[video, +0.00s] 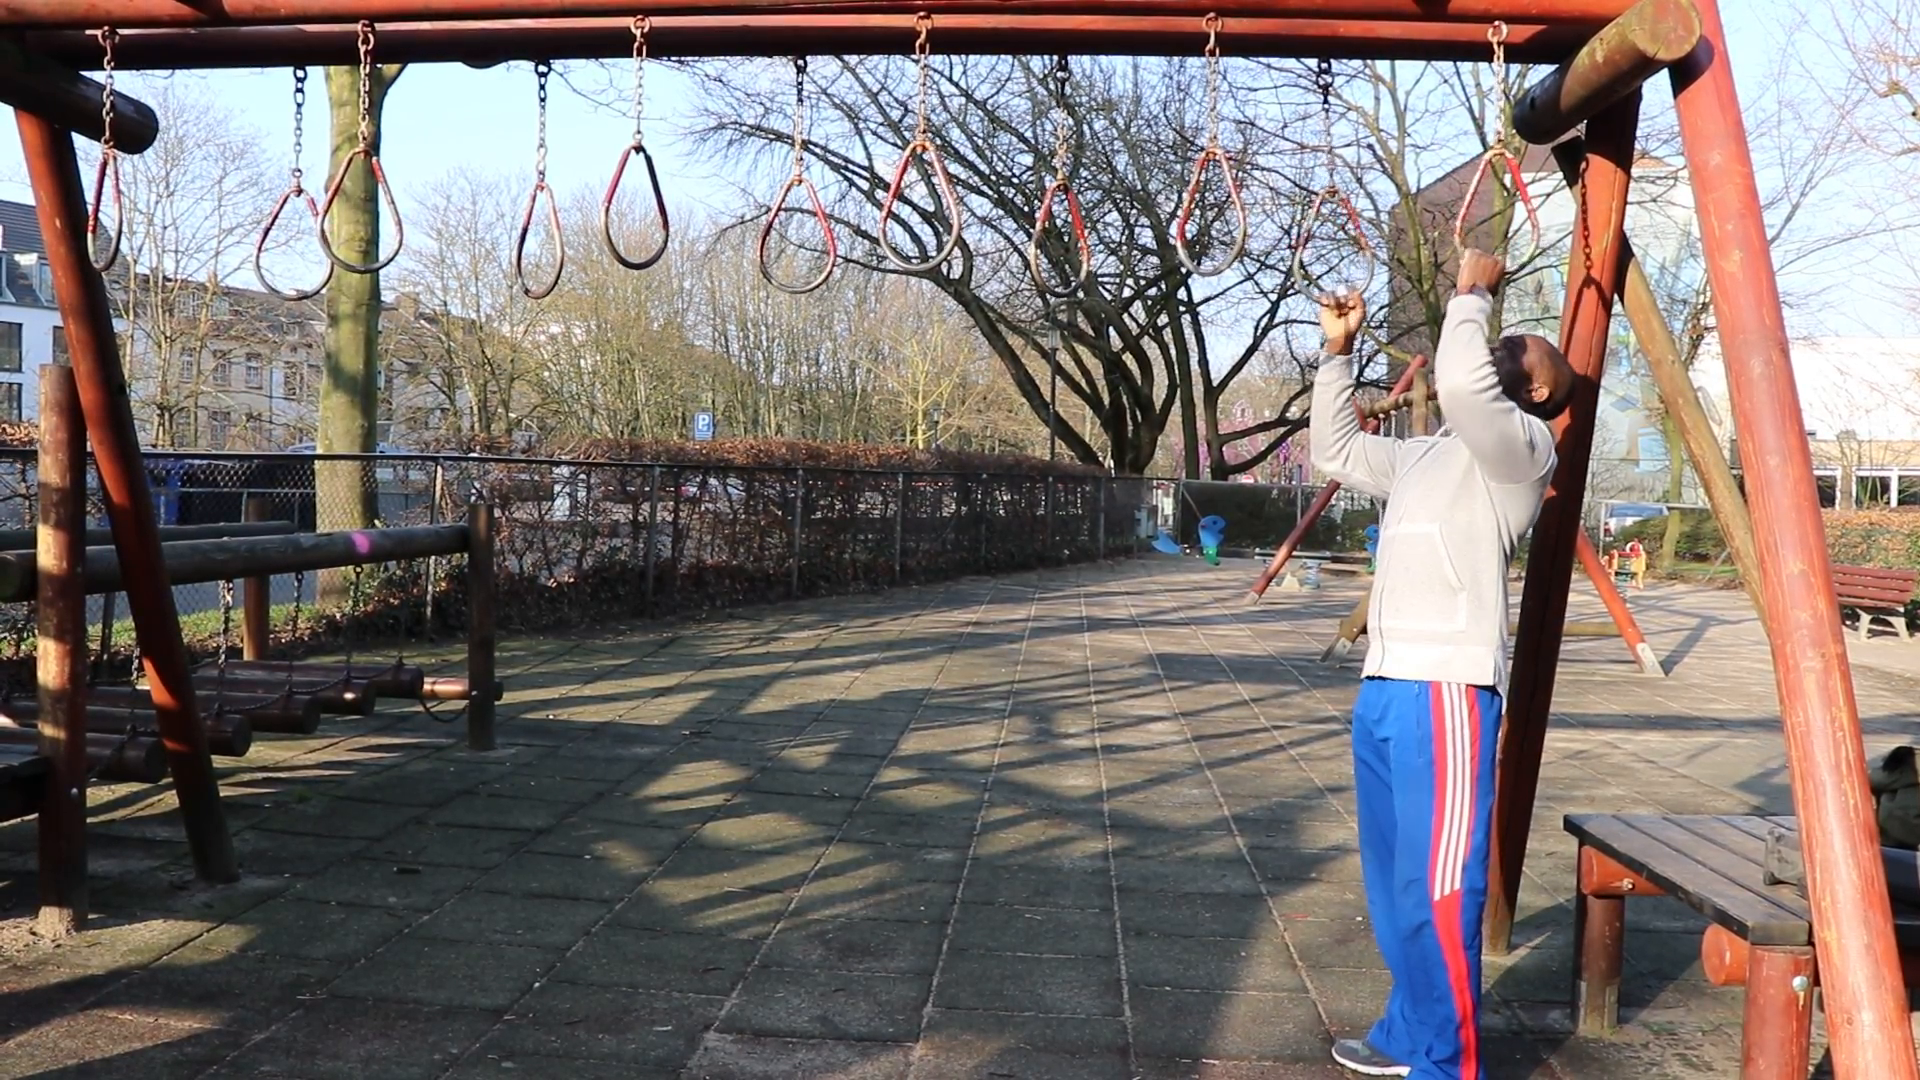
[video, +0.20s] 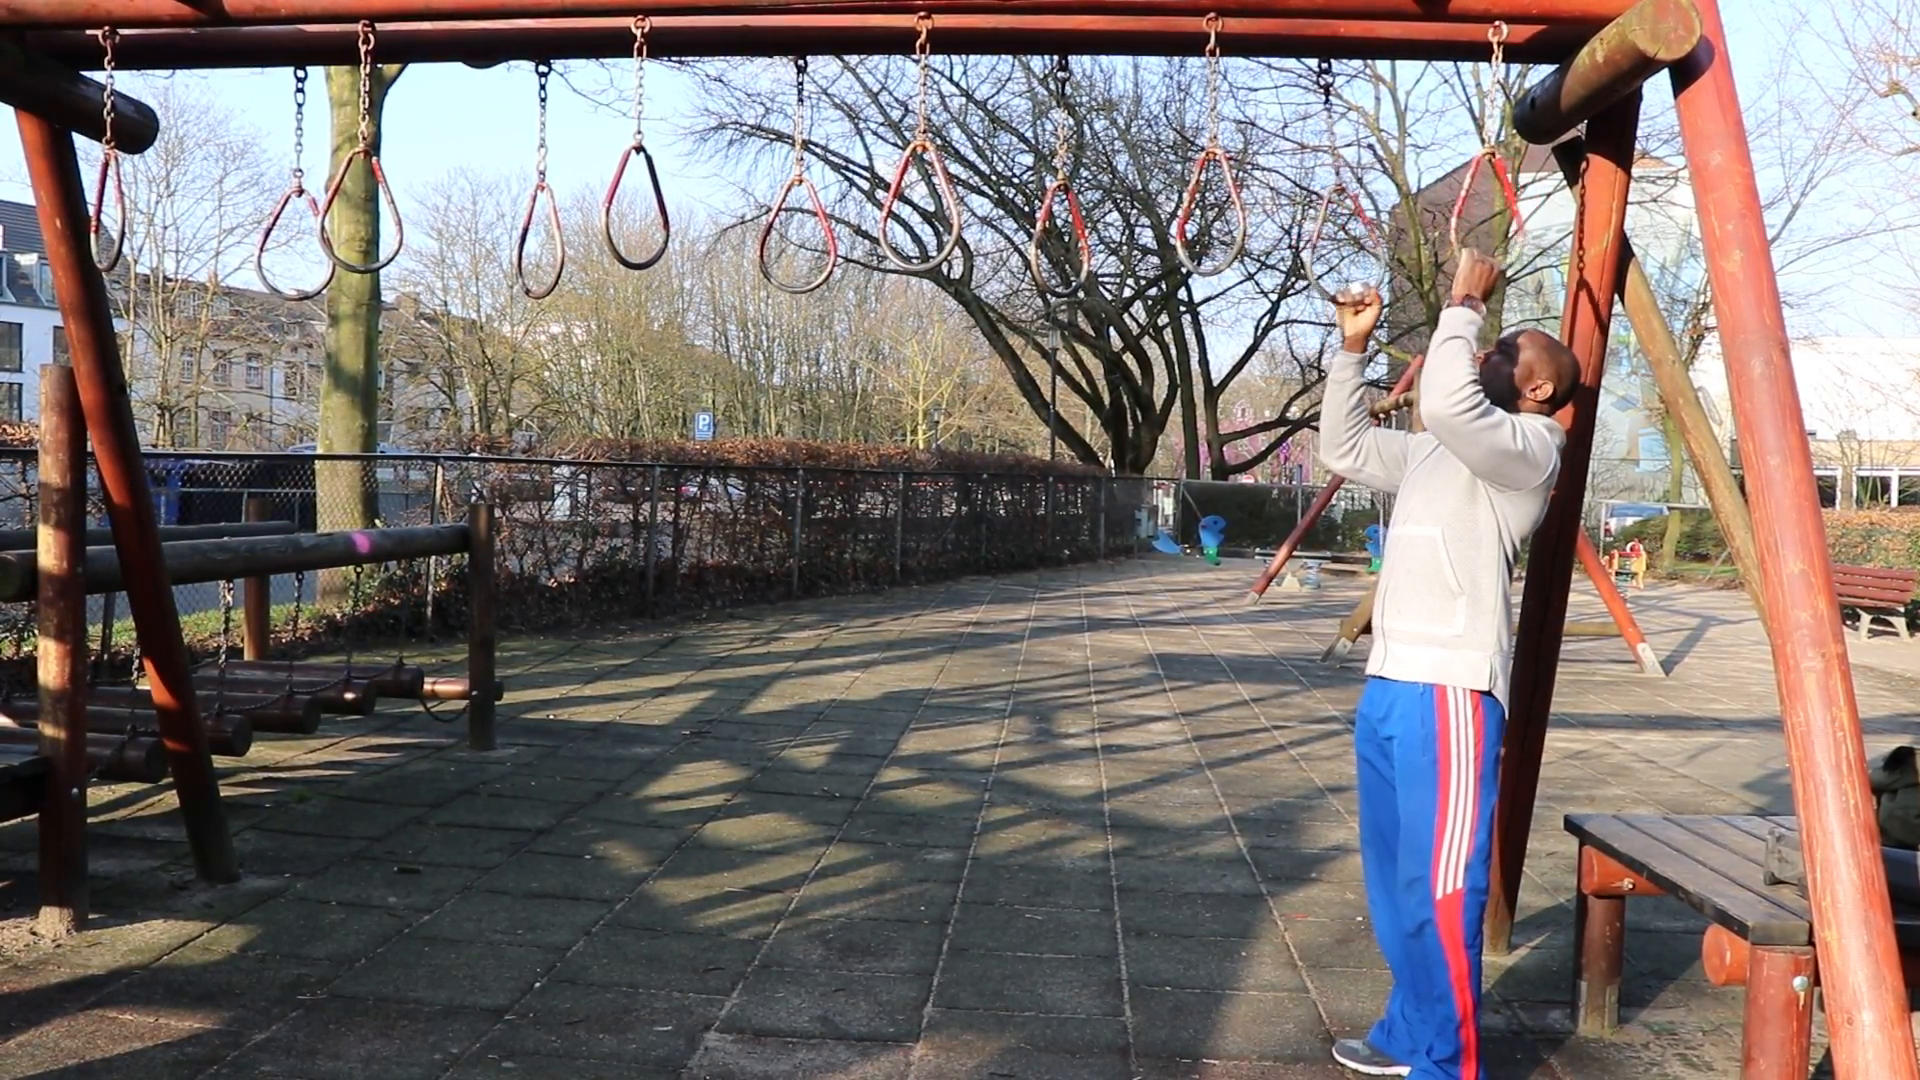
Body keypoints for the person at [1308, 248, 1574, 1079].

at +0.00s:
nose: (1502, 349)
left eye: (1524, 351)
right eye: (1507, 343)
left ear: (1542, 403)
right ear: (1484, 368)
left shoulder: (1523, 448)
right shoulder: (1422, 451)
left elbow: (1460, 381)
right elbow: (1335, 447)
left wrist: (1472, 293)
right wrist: (1338, 351)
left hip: (1449, 693)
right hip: (1386, 690)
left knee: (1440, 888)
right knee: (1394, 882)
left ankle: (1447, 1061)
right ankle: (1410, 1035)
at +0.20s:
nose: (1489, 353)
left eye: (1511, 350)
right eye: (1493, 346)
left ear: (1540, 392)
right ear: (1495, 376)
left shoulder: (1534, 448)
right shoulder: (1433, 446)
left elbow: (1445, 406)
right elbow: (1341, 445)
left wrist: (1463, 306)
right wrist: (1350, 346)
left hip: (1452, 694)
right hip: (1391, 689)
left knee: (1442, 888)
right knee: (1395, 883)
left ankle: (1447, 1060)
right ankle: (1411, 1034)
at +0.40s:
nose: (1481, 349)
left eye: (1503, 345)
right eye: (1486, 341)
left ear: (1537, 381)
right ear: (1502, 369)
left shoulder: (1534, 444)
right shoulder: (1446, 437)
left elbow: (1437, 399)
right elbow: (1353, 441)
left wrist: (1468, 302)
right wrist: (1373, 343)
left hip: (1457, 691)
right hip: (1399, 686)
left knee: (1444, 887)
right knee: (1397, 880)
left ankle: (1448, 1060)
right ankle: (1409, 1035)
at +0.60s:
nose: (1469, 349)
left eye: (1492, 344)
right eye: (1475, 341)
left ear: (1530, 379)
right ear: (1495, 370)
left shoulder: (1523, 443)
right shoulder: (1457, 434)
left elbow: (1414, 428)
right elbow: (1353, 448)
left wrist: (1448, 322)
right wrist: (1368, 345)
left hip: (1459, 690)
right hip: (1406, 686)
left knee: (1438, 888)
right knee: (1399, 879)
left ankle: (1449, 1061)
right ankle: (1412, 1034)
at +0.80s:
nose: (1453, 347)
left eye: (1475, 342)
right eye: (1458, 337)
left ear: (1513, 376)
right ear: (1462, 368)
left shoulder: (1498, 437)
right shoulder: (1447, 430)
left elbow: (1379, 430)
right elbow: (1341, 455)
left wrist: (1312, 327)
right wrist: (1362, 344)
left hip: (1460, 691)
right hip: (1410, 684)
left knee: (1441, 882)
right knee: (1399, 871)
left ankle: (1450, 1059)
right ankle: (1410, 1034)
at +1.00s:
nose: (1430, 349)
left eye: (1452, 342)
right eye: (1439, 339)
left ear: (1492, 376)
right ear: (1455, 366)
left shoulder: (1481, 429)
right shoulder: (1432, 433)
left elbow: (1355, 398)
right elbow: (1336, 456)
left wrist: (1243, 305)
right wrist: (1355, 346)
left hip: (1455, 686)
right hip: (1404, 683)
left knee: (1437, 881)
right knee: (1399, 874)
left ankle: (1448, 1060)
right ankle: (1410, 1036)